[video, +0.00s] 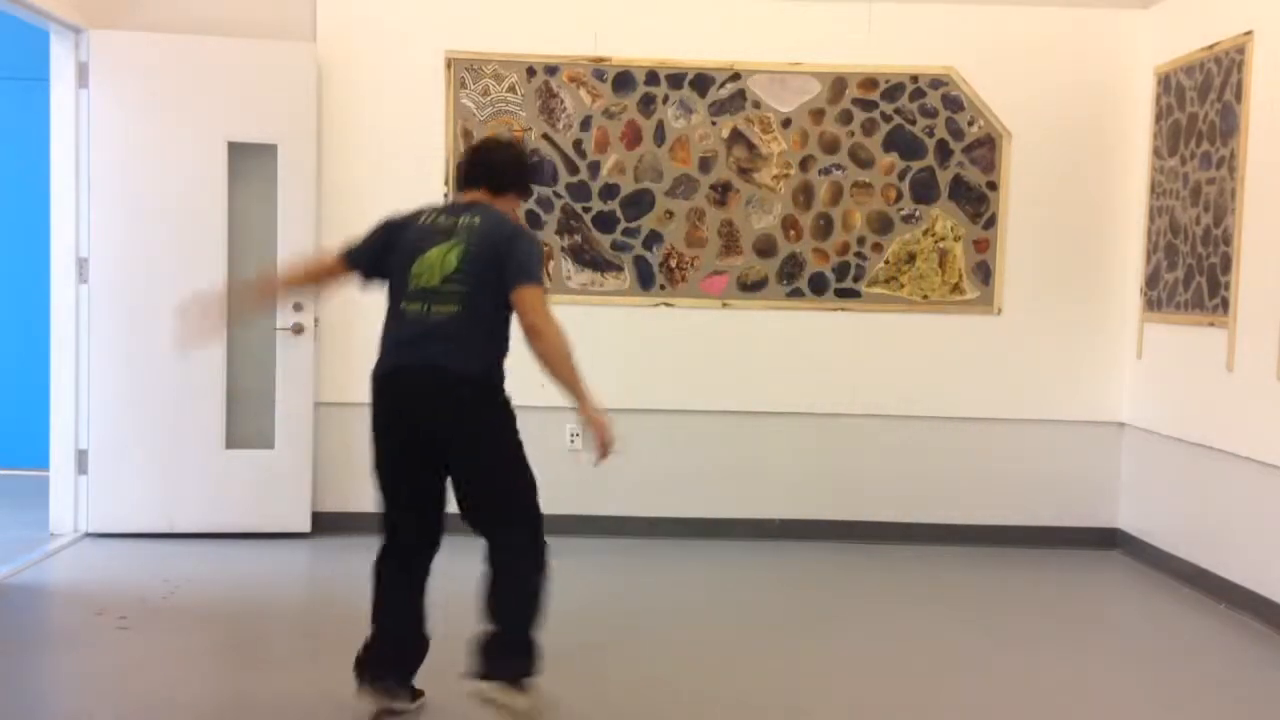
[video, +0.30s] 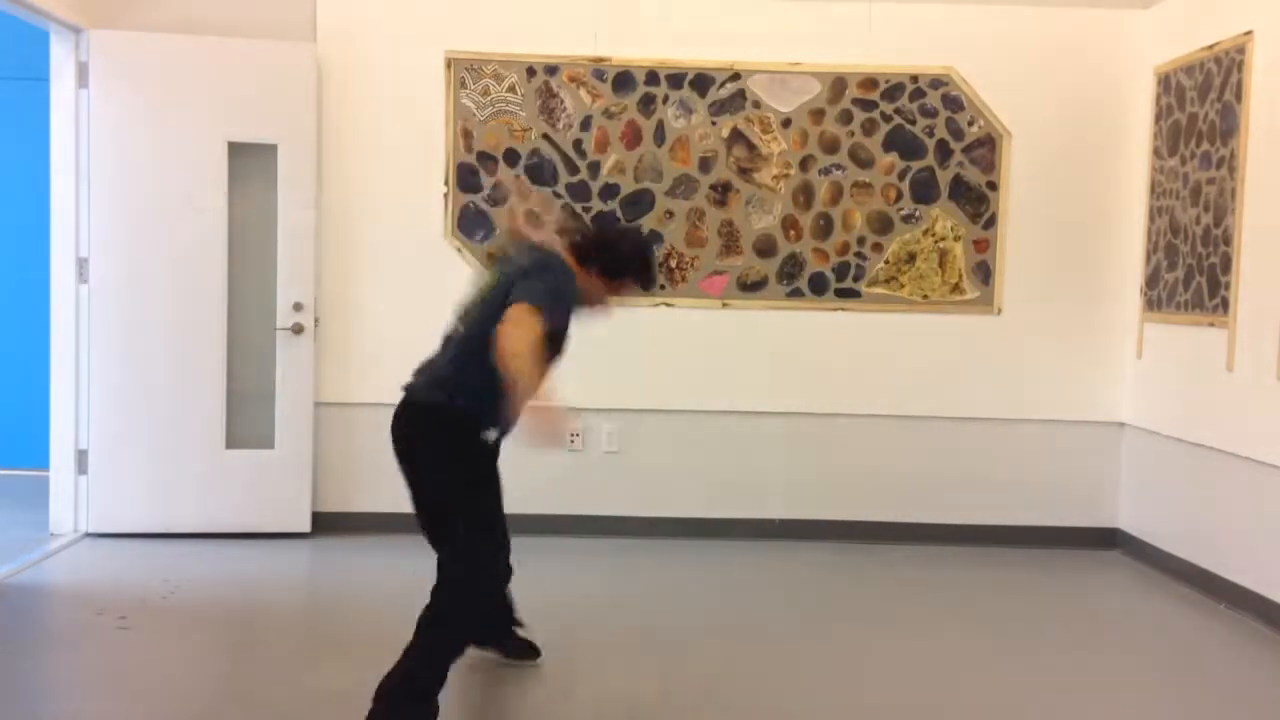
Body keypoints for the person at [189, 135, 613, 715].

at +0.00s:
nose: (522, 213)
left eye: (523, 203)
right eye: (521, 202)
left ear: (464, 185)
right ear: (506, 194)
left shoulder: (409, 226)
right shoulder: (510, 235)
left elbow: (323, 269)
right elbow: (535, 319)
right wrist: (586, 403)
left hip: (397, 396)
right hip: (469, 398)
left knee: (409, 531)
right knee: (516, 527)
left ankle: (387, 672)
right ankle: (506, 662)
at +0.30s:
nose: (609, 301)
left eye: (617, 293)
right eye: (615, 289)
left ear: (589, 255)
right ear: (599, 270)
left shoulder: (541, 268)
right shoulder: (549, 276)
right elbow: (516, 336)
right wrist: (536, 404)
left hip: (457, 426)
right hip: (439, 425)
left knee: (486, 540)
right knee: (470, 565)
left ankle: (490, 623)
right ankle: (401, 704)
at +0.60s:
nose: (662, 487)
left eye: (668, 481)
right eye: (659, 475)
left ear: (672, 472)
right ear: (632, 446)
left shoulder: (658, 475)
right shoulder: (577, 392)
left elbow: (673, 564)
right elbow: (481, 362)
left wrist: (685, 656)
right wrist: (386, 383)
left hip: (524, 449)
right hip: (465, 414)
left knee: (534, 544)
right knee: (392, 514)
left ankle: (489, 629)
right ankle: (306, 622)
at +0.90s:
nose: (553, 609)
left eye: (564, 608)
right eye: (543, 602)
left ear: (590, 574)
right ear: (530, 566)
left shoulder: (633, 530)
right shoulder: (512, 513)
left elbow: (652, 619)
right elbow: (508, 564)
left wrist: (656, 704)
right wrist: (506, 617)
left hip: (630, 374)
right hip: (556, 361)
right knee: (519, 299)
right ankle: (536, 182)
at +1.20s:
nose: (544, 580)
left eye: (534, 574)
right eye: (534, 577)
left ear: (538, 547)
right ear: (530, 542)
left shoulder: (590, 525)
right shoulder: (550, 517)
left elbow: (639, 603)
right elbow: (589, 588)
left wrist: (659, 696)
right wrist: (583, 666)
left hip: (605, 344)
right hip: (576, 344)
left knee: (709, 249)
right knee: (660, 269)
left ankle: (669, 131)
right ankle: (610, 210)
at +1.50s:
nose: (626, 559)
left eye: (635, 553)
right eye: (636, 554)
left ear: (641, 512)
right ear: (642, 536)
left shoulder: (579, 464)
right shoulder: (612, 515)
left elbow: (514, 432)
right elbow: (587, 596)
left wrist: (517, 499)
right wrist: (577, 668)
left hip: (583, 334)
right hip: (630, 341)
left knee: (615, 195)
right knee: (667, 203)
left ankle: (664, 81)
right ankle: (792, 189)